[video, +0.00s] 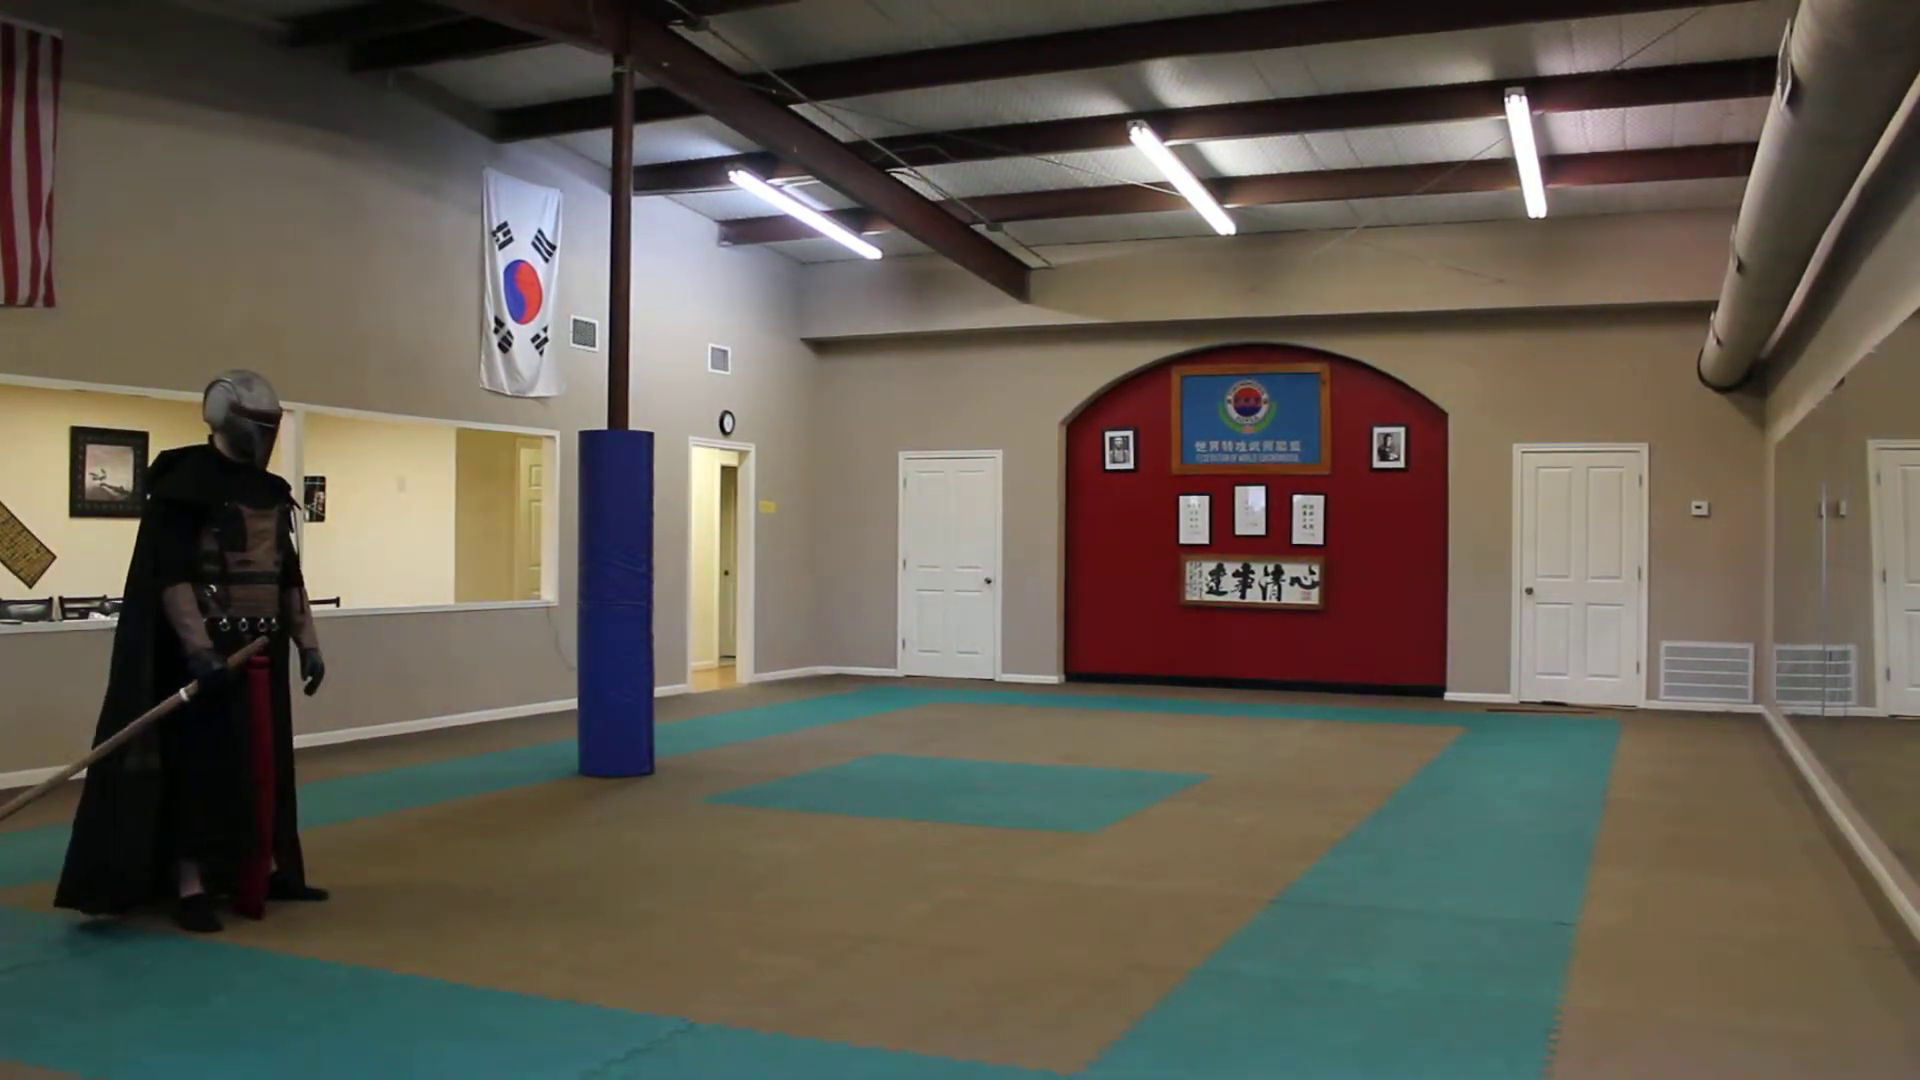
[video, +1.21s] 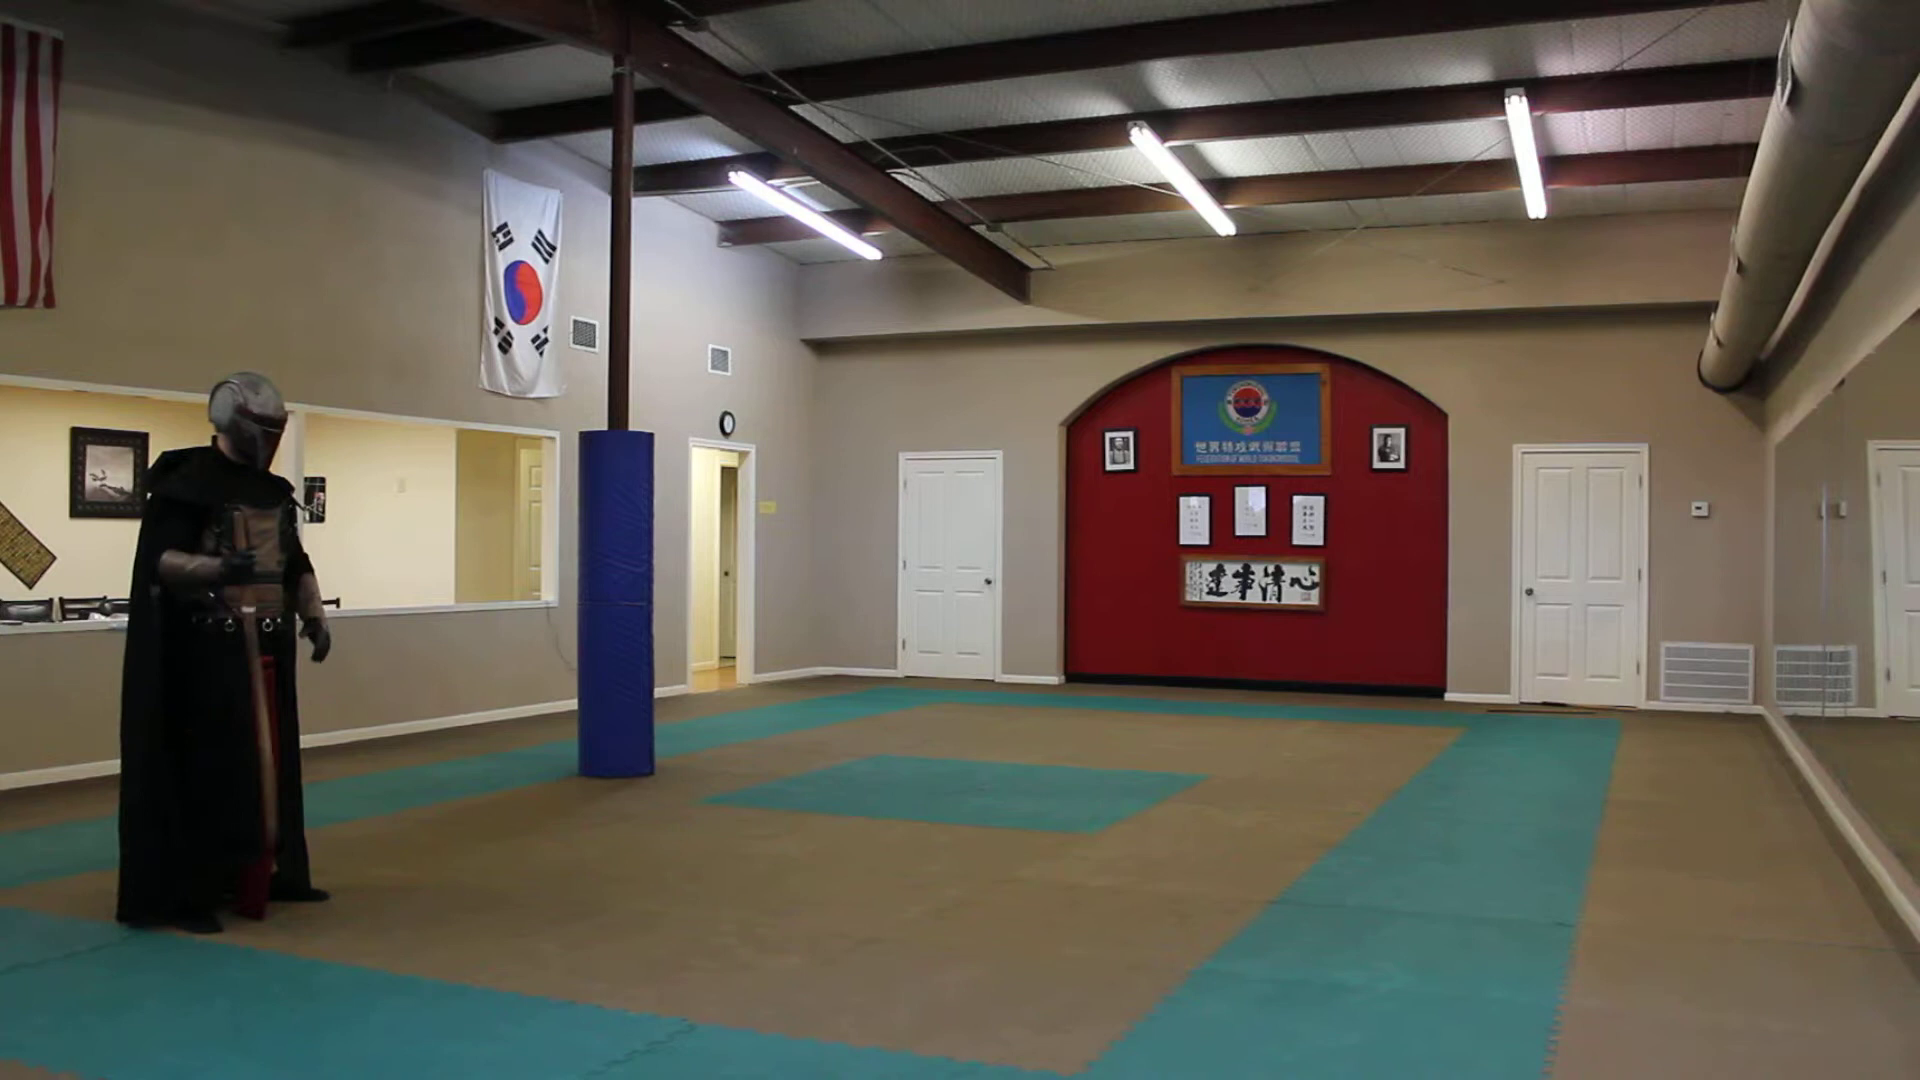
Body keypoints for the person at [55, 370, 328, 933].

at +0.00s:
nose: (266, 435)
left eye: (270, 424)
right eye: (256, 423)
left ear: (274, 425)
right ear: (224, 419)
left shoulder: (271, 493)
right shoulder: (183, 478)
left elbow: (288, 576)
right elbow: (170, 575)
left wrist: (308, 643)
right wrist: (199, 648)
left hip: (261, 653)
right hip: (199, 653)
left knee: (263, 763)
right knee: (197, 767)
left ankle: (262, 873)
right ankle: (190, 882)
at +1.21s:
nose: (276, 437)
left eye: (279, 427)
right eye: (268, 427)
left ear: (270, 427)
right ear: (232, 422)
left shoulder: (274, 493)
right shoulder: (185, 477)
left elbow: (295, 564)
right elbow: (158, 560)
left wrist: (315, 614)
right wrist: (219, 567)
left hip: (264, 652)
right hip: (198, 651)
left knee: (271, 762)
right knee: (199, 766)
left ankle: (273, 877)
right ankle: (187, 893)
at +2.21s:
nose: (278, 452)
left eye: (285, 441)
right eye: (270, 439)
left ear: (291, 440)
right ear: (239, 431)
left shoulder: (285, 494)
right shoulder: (203, 480)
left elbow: (310, 569)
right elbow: (203, 561)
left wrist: (331, 556)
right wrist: (248, 493)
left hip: (272, 647)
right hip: (212, 650)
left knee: (276, 764)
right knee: (200, 764)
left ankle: (275, 878)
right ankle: (184, 890)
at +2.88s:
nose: (279, 447)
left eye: (284, 437)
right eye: (271, 435)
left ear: (287, 437)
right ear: (242, 428)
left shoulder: (287, 491)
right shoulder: (199, 482)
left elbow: (306, 547)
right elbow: (208, 546)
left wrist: (324, 565)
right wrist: (219, 473)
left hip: (277, 650)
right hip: (214, 655)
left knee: (280, 766)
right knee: (209, 767)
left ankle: (276, 883)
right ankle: (193, 893)